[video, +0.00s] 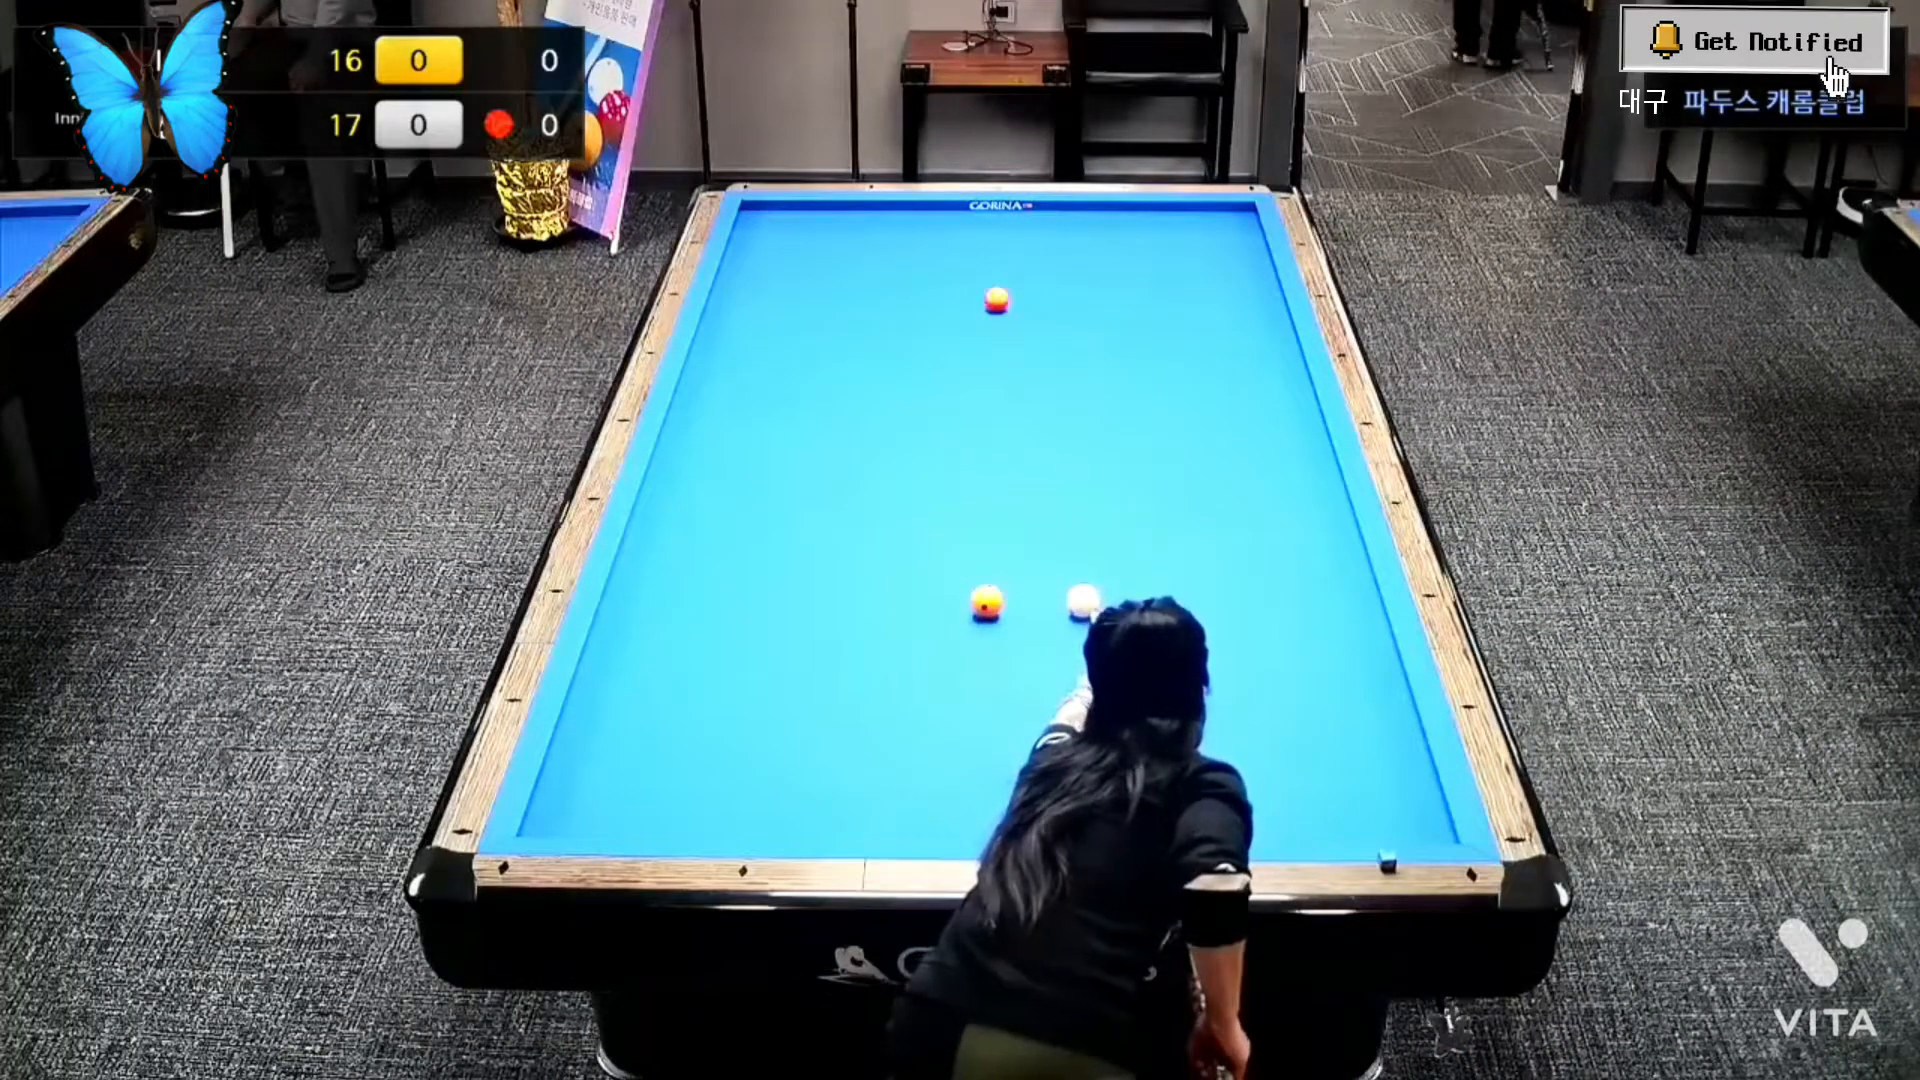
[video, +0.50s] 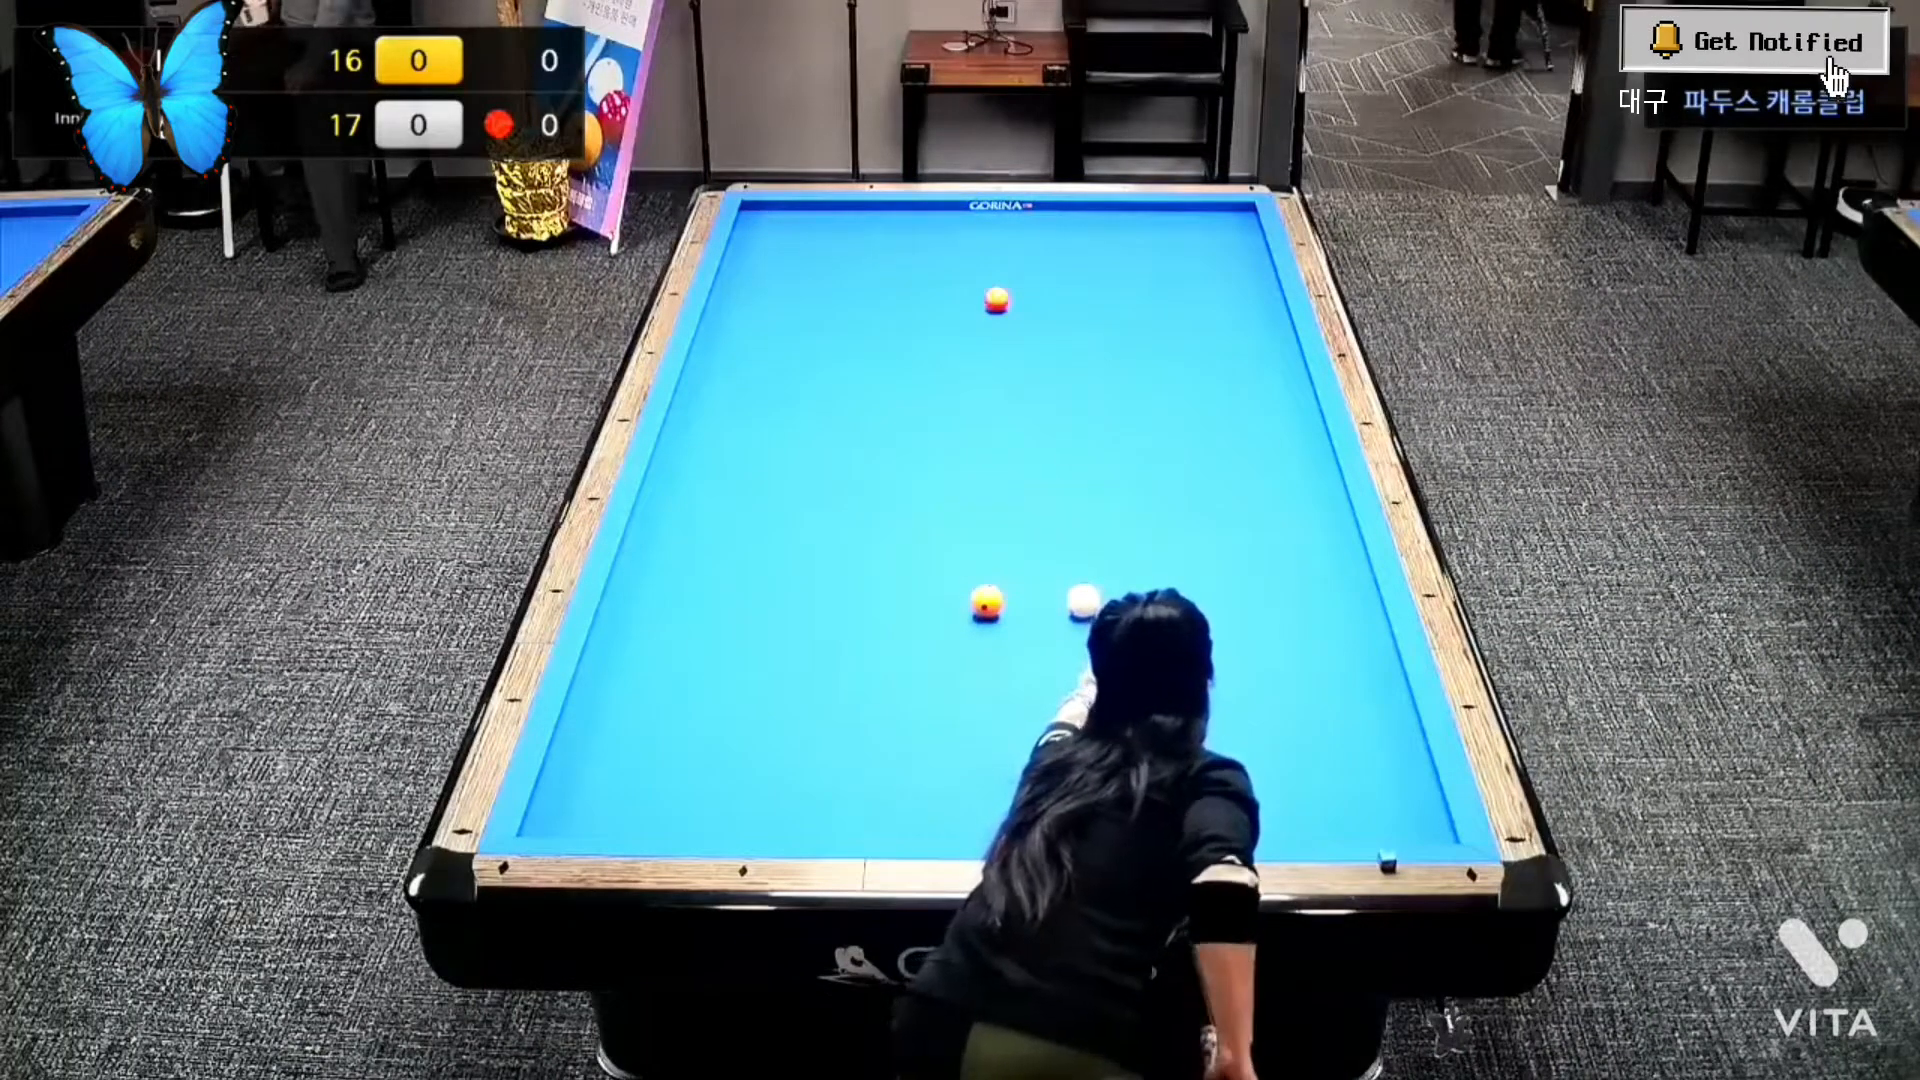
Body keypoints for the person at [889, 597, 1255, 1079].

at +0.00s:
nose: (1209, 683)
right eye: (1204, 673)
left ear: (1099, 688)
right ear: (1195, 686)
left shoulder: (1053, 758)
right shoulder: (1207, 782)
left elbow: (1079, 702)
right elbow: (1214, 887)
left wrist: (1103, 666)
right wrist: (1222, 1018)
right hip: (1092, 1041)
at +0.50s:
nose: (1214, 677)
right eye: (1209, 667)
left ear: (1102, 682)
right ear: (1200, 679)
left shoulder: (1055, 755)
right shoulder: (1212, 776)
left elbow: (1079, 705)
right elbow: (1221, 894)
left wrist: (1097, 673)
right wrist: (1234, 1052)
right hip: (1091, 1038)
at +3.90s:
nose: (1167, 572)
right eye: (1166, 556)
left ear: (1041, 557)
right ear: (1158, 574)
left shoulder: (967, 664)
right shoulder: (1186, 756)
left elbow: (930, 791)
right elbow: (1185, 946)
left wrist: (1008, 848)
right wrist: (1225, 959)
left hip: (976, 1025)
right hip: (1130, 1037)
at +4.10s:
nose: (1124, 577)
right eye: (1124, 561)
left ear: (1000, 554)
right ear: (1115, 577)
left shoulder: (916, 663)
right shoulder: (1138, 751)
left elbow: (868, 808)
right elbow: (1148, 946)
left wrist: (965, 835)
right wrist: (1190, 945)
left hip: (941, 1018)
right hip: (1091, 1028)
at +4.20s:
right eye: (1104, 559)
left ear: (980, 550)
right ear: (1096, 577)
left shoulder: (893, 662)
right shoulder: (1117, 749)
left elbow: (843, 812)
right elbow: (1128, 949)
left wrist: (939, 846)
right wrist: (1168, 944)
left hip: (922, 1019)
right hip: (1073, 1027)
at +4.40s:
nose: (1069, 580)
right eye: (1069, 564)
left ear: (944, 550)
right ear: (1059, 580)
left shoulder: (856, 661)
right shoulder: (1083, 745)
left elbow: (807, 805)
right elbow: (1100, 938)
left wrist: (902, 839)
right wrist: (1128, 938)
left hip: (887, 1013)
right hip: (1040, 1021)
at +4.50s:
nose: (1053, 584)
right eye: (1054, 567)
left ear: (929, 552)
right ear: (1044, 582)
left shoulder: (842, 662)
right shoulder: (1068, 746)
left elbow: (794, 803)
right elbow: (1094, 941)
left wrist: (889, 834)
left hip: (872, 1013)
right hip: (1021, 1024)